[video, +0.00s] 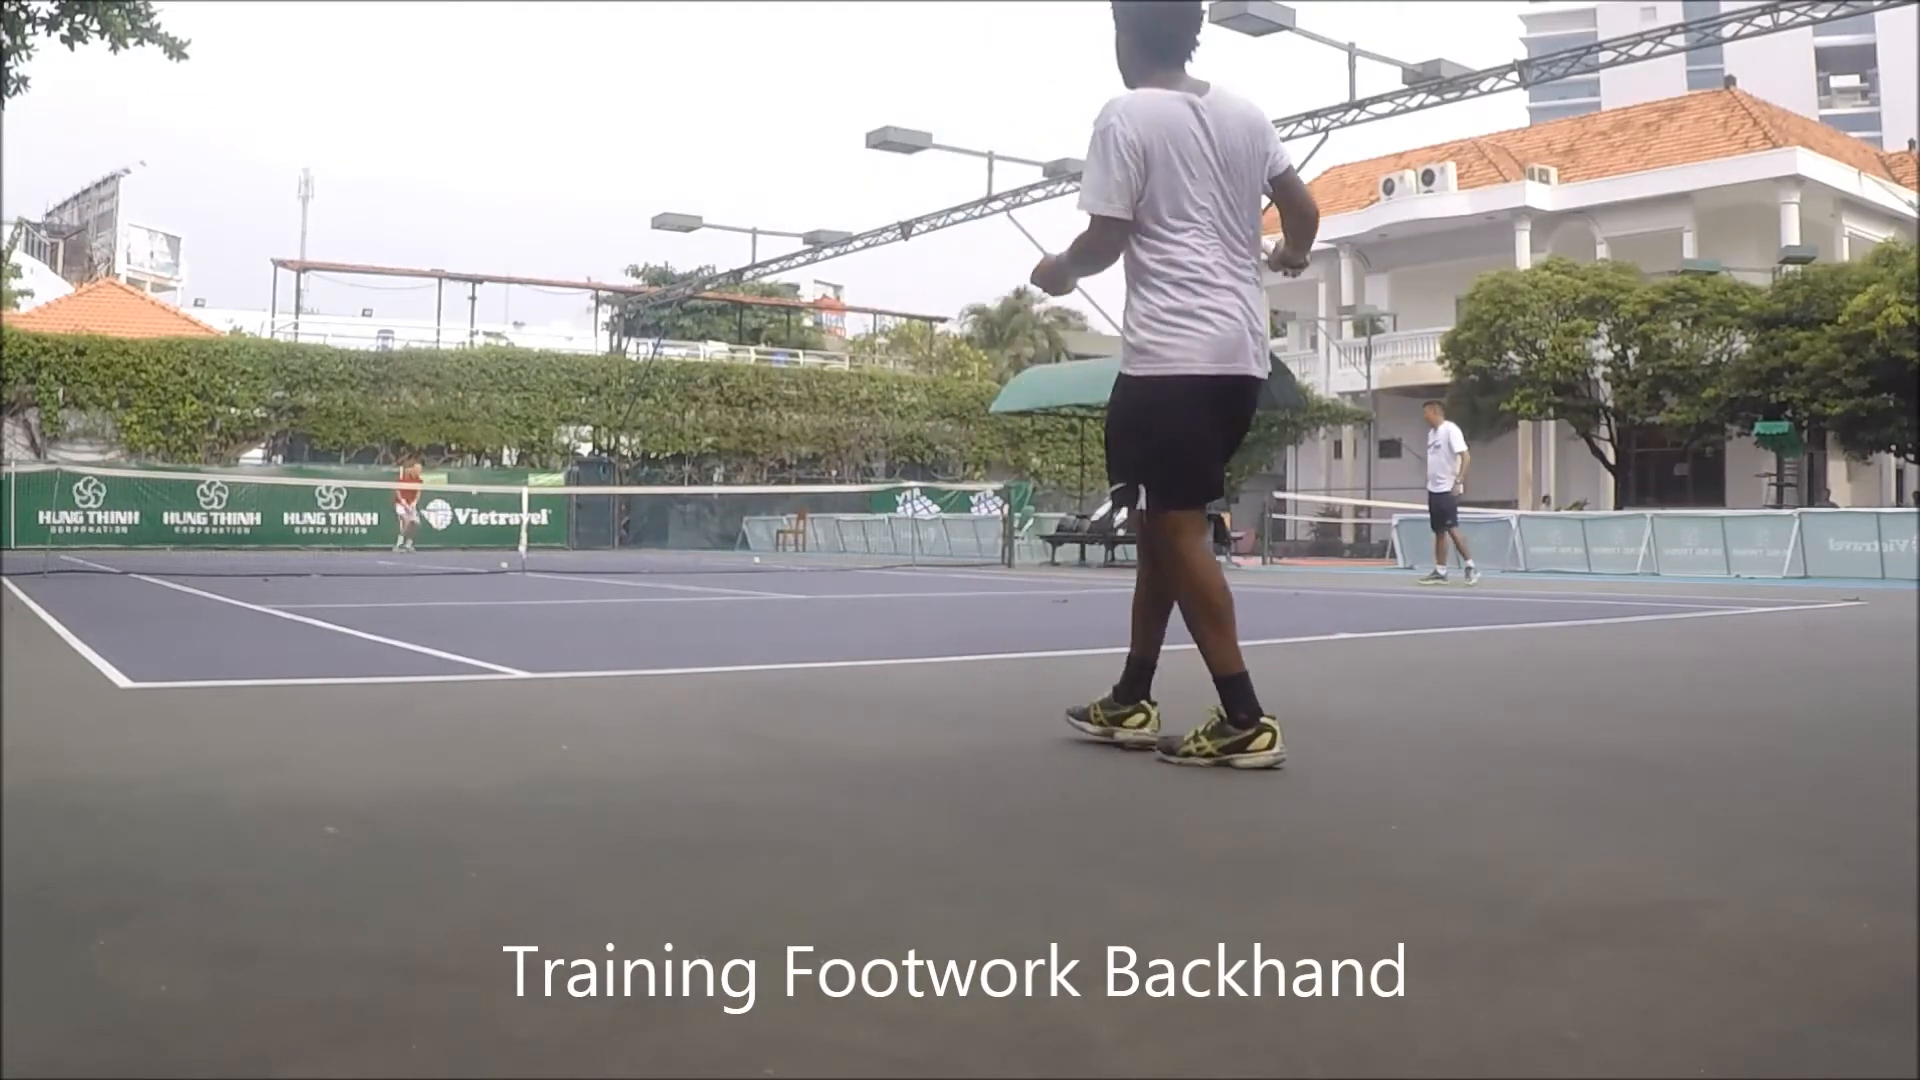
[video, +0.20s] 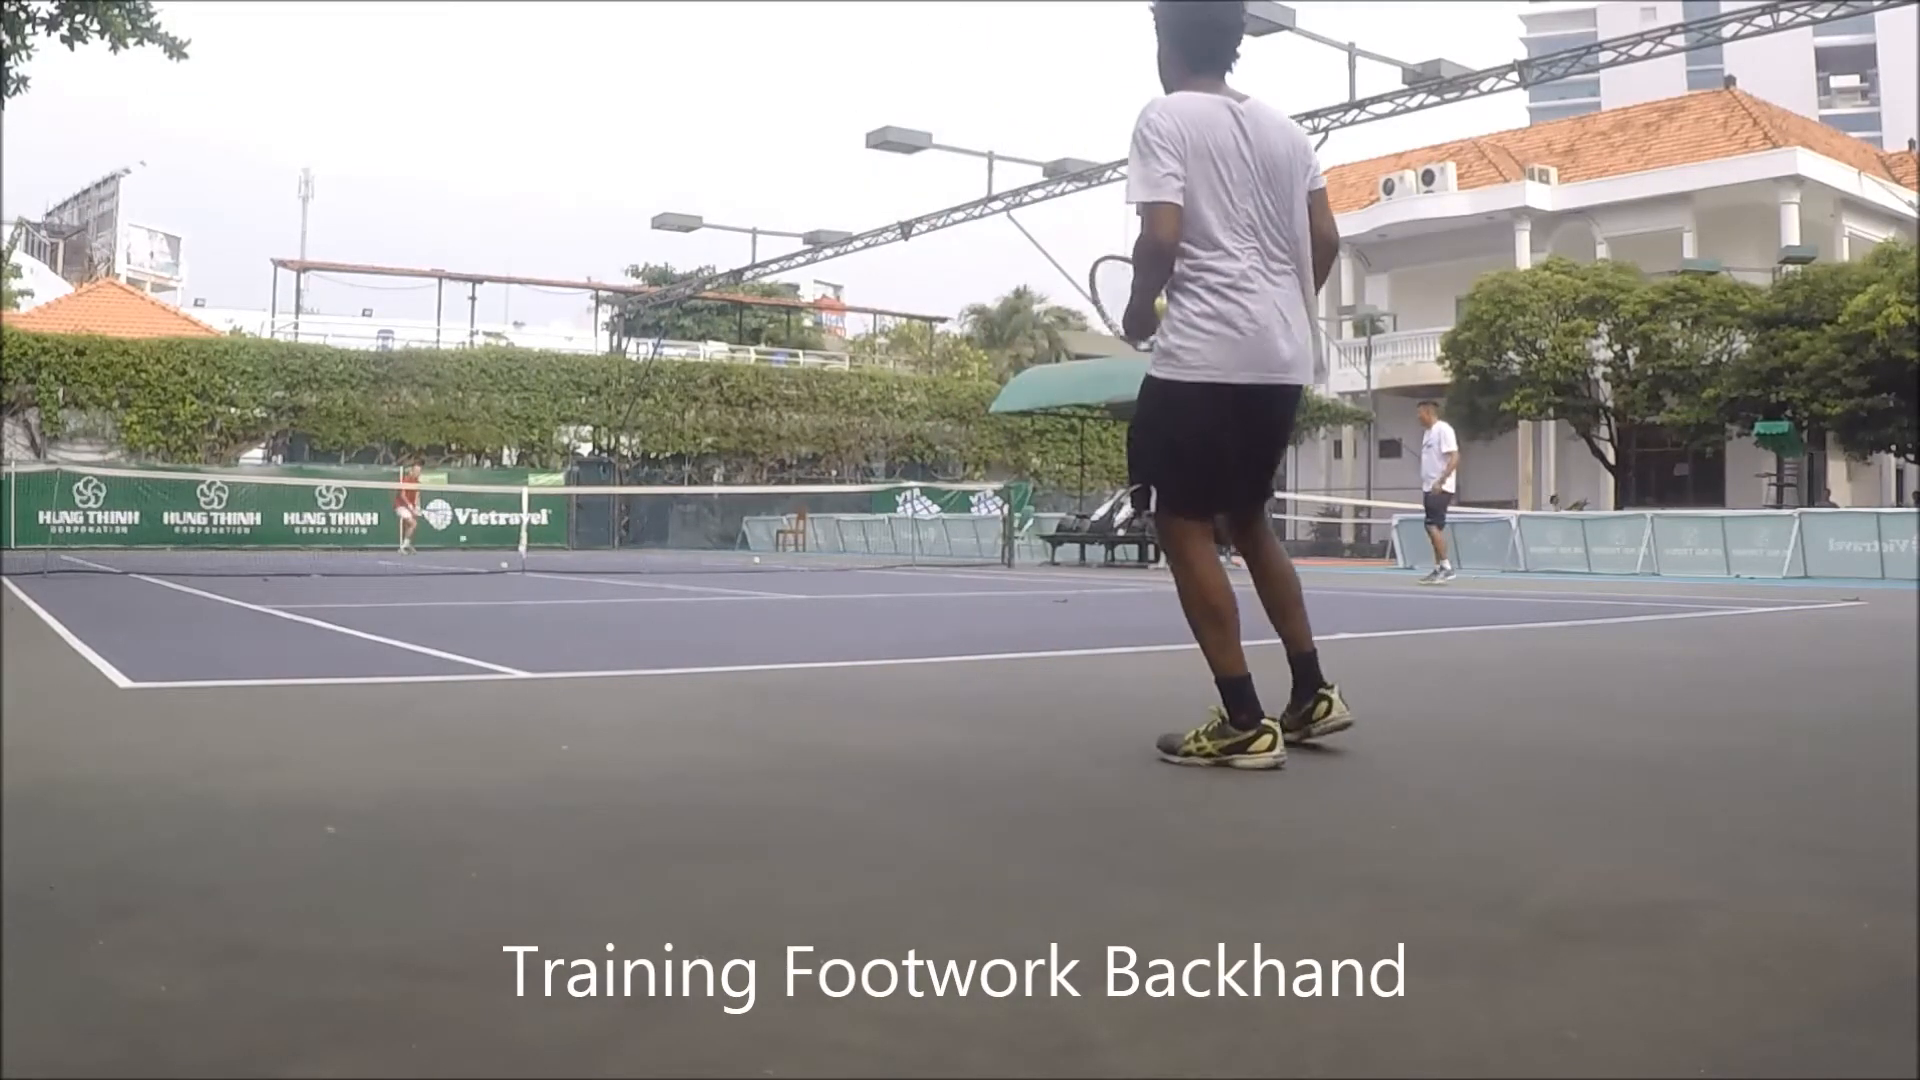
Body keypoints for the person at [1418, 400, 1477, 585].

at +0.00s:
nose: (1425, 418)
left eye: (1427, 414)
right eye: (1424, 414)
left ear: (1435, 413)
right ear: (1432, 414)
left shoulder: (1451, 429)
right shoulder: (1432, 433)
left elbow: (1465, 456)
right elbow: (1435, 458)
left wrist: (1459, 481)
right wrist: (1431, 480)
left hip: (1447, 487)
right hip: (1433, 487)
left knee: (1452, 528)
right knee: (1439, 531)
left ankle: (1470, 566)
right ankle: (1440, 570)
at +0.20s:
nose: (1419, 417)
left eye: (1420, 413)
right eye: (1419, 414)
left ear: (1429, 412)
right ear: (1426, 413)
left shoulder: (1444, 429)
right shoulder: (1428, 433)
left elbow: (1454, 457)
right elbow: (1432, 459)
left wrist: (1440, 482)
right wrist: (1427, 482)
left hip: (1440, 487)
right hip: (1429, 487)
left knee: (1432, 525)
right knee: (1434, 528)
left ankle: (1445, 566)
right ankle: (1438, 568)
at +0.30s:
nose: (1415, 417)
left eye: (1417, 413)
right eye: (1415, 414)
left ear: (1426, 413)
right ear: (1424, 413)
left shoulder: (1440, 429)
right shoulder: (1426, 434)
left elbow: (1449, 457)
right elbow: (1429, 463)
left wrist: (1434, 484)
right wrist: (1422, 489)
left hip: (1437, 487)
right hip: (1428, 487)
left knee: (1422, 525)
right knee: (1437, 529)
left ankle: (1427, 568)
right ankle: (1440, 570)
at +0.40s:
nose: (1413, 418)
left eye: (1415, 414)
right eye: (1413, 415)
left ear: (1423, 413)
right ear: (1422, 414)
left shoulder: (1436, 430)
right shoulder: (1422, 434)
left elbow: (1444, 458)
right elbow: (1421, 464)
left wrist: (1432, 486)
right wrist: (1413, 489)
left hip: (1432, 488)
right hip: (1422, 488)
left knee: (1414, 526)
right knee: (1435, 530)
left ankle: (1408, 568)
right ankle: (1440, 569)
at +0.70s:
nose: (1404, 417)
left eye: (1407, 413)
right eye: (1405, 413)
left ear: (1414, 413)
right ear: (1412, 414)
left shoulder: (1420, 433)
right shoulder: (1408, 433)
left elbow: (1425, 462)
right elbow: (1409, 462)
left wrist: (1421, 490)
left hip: (1414, 491)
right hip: (1407, 490)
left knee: (1402, 533)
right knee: (1425, 532)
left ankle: (1393, 569)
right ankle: (1439, 568)